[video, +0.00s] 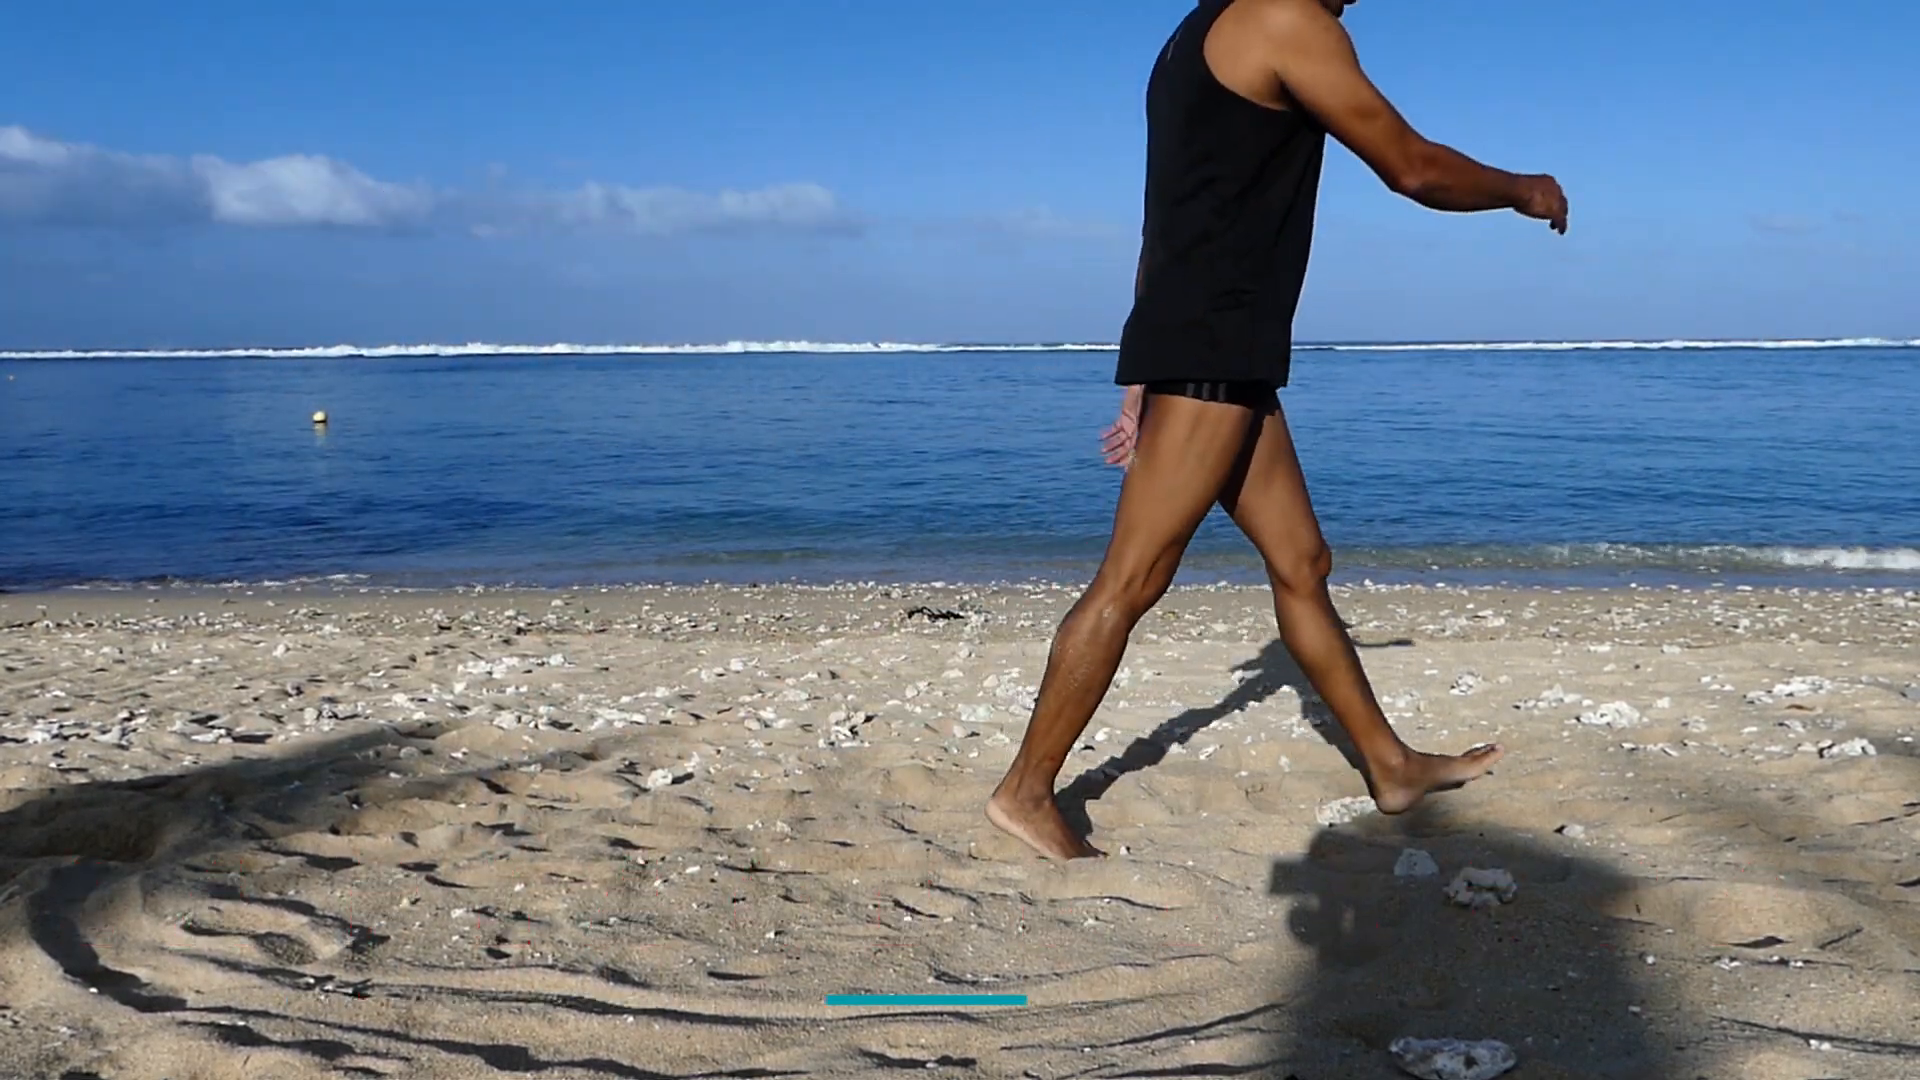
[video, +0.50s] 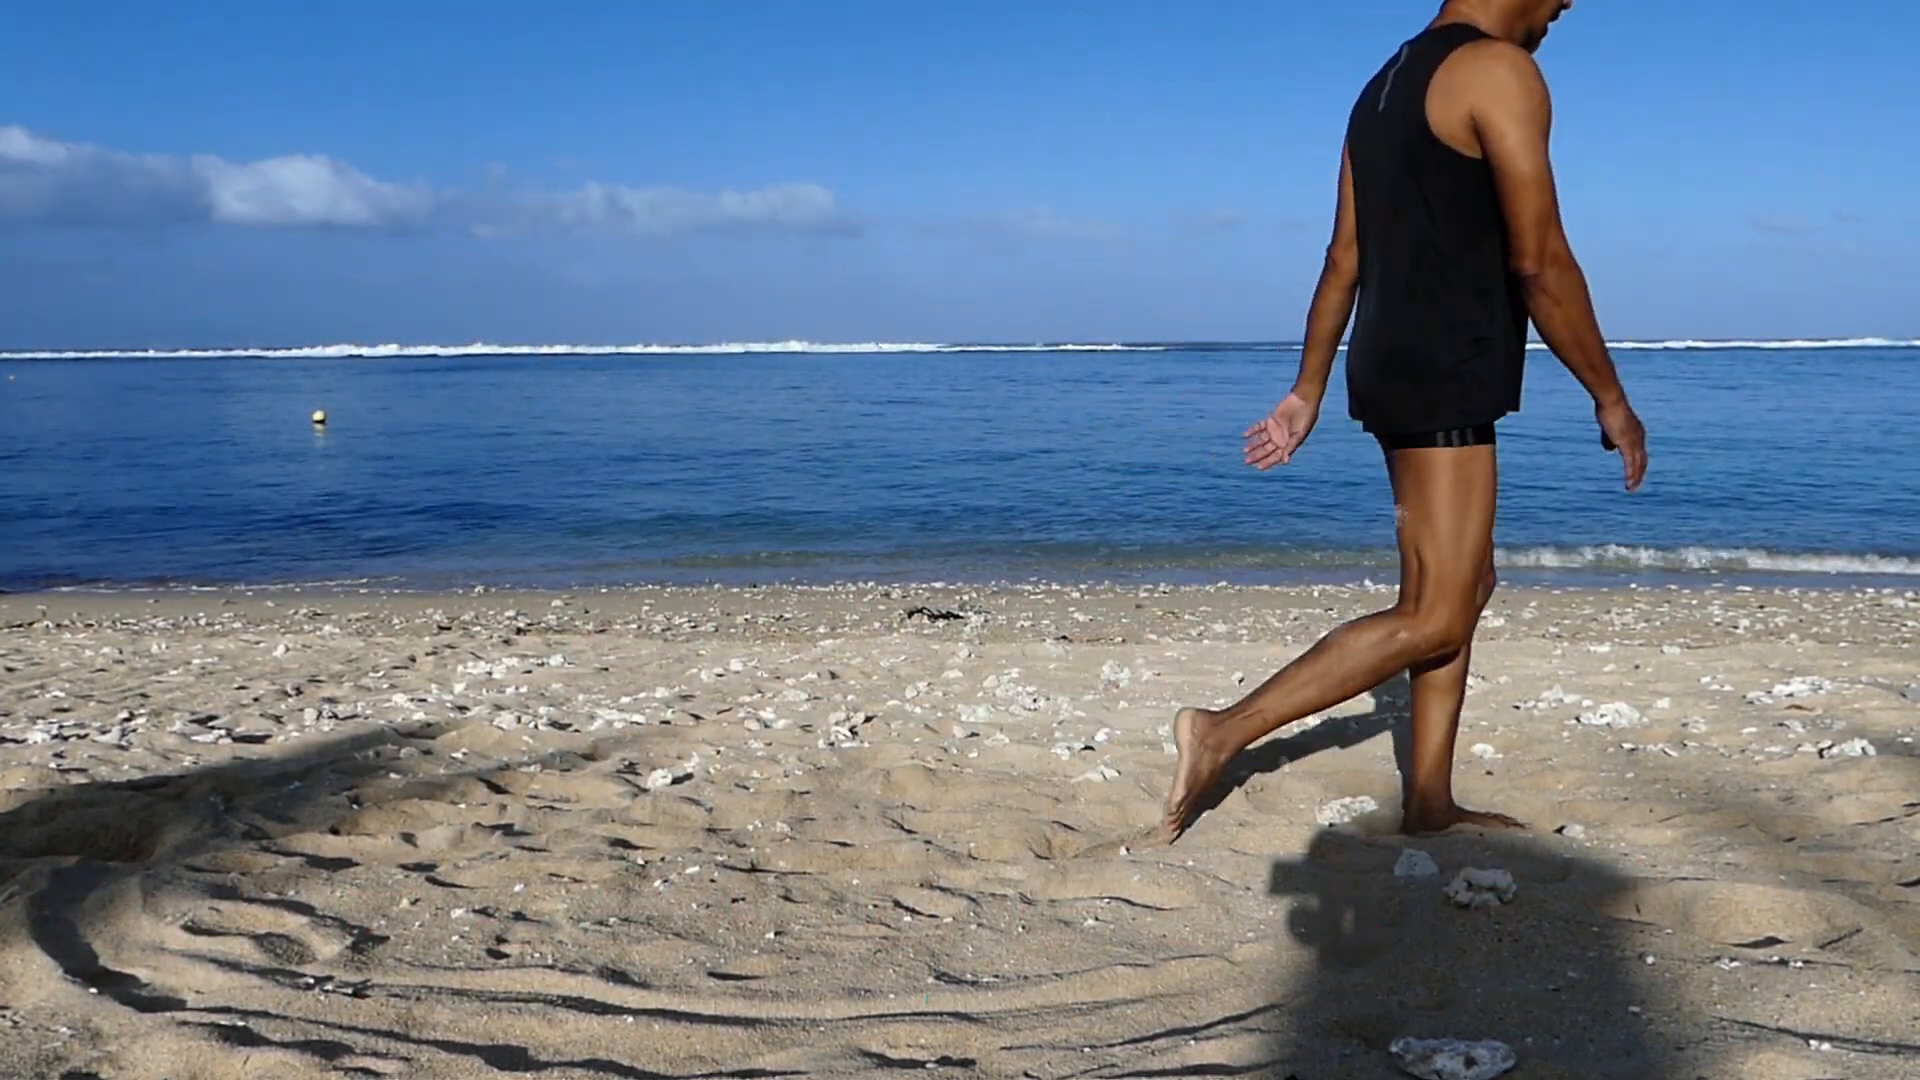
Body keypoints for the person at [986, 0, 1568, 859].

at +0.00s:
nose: (1354, 2)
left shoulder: (1199, 38)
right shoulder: (1292, 25)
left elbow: (1170, 221)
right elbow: (1414, 167)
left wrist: (1145, 369)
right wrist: (1522, 188)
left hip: (1207, 352)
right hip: (1215, 352)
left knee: (1300, 568)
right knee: (1126, 584)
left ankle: (1391, 767)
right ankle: (1025, 789)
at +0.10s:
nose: (1404, 10)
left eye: (1404, 2)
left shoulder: (1246, 54)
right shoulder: (1343, 41)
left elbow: (1188, 244)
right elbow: (1452, 186)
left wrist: (1153, 374)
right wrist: (1552, 203)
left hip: (1267, 363)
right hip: (1271, 364)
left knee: (1352, 580)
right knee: (1165, 591)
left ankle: (1410, 795)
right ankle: (1033, 782)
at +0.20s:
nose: (1442, 9)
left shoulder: (1276, 72)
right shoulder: (1375, 57)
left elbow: (1208, 253)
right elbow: (1481, 208)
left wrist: (1163, 381)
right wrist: (1574, 227)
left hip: (1305, 376)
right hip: (1314, 378)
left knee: (1382, 588)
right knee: (1194, 596)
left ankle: (1426, 809)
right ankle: (1045, 777)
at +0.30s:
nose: (1489, 10)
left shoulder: (1323, 86)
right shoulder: (1431, 71)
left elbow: (1253, 260)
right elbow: (1514, 246)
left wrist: (1195, 385)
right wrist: (1600, 285)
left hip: (1334, 375)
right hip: (1371, 382)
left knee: (1432, 579)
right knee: (1269, 608)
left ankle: (1427, 802)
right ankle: (1089, 769)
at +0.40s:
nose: (1518, 14)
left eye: (1519, 5)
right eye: (1517, 2)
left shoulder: (1348, 89)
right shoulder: (1465, 72)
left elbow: (1289, 261)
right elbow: (1522, 253)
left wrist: (1233, 387)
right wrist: (1611, 335)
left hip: (1360, 373)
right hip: (1402, 381)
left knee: (1449, 582)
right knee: (1334, 617)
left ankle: (1428, 805)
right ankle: (1137, 759)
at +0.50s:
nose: (1555, 21)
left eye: (1559, 10)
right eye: (1557, 8)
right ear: (1532, 0)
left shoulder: (1386, 86)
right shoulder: (1505, 74)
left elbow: (1345, 257)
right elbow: (1541, 263)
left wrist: (1308, 388)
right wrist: (1612, 399)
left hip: (1393, 372)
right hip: (1446, 377)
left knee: (1466, 585)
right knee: (1435, 622)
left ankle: (1428, 804)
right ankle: (1221, 734)